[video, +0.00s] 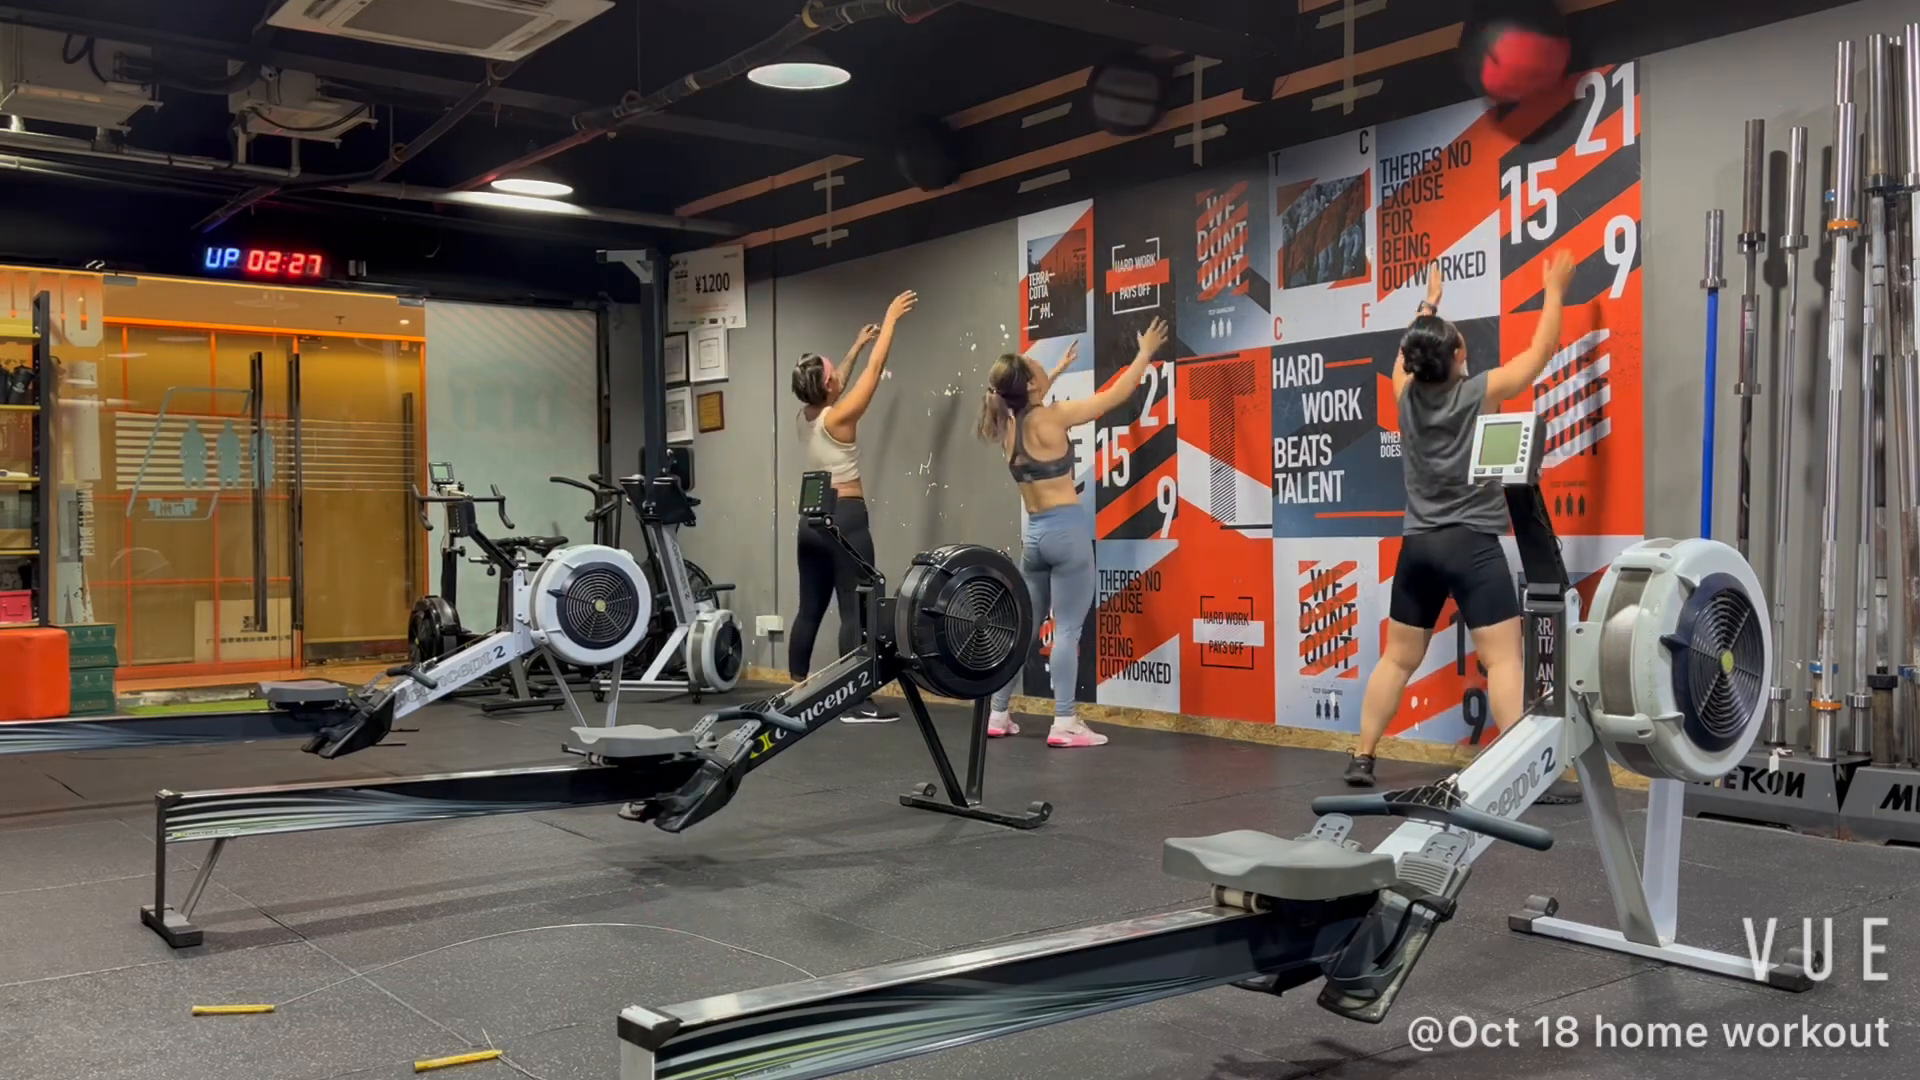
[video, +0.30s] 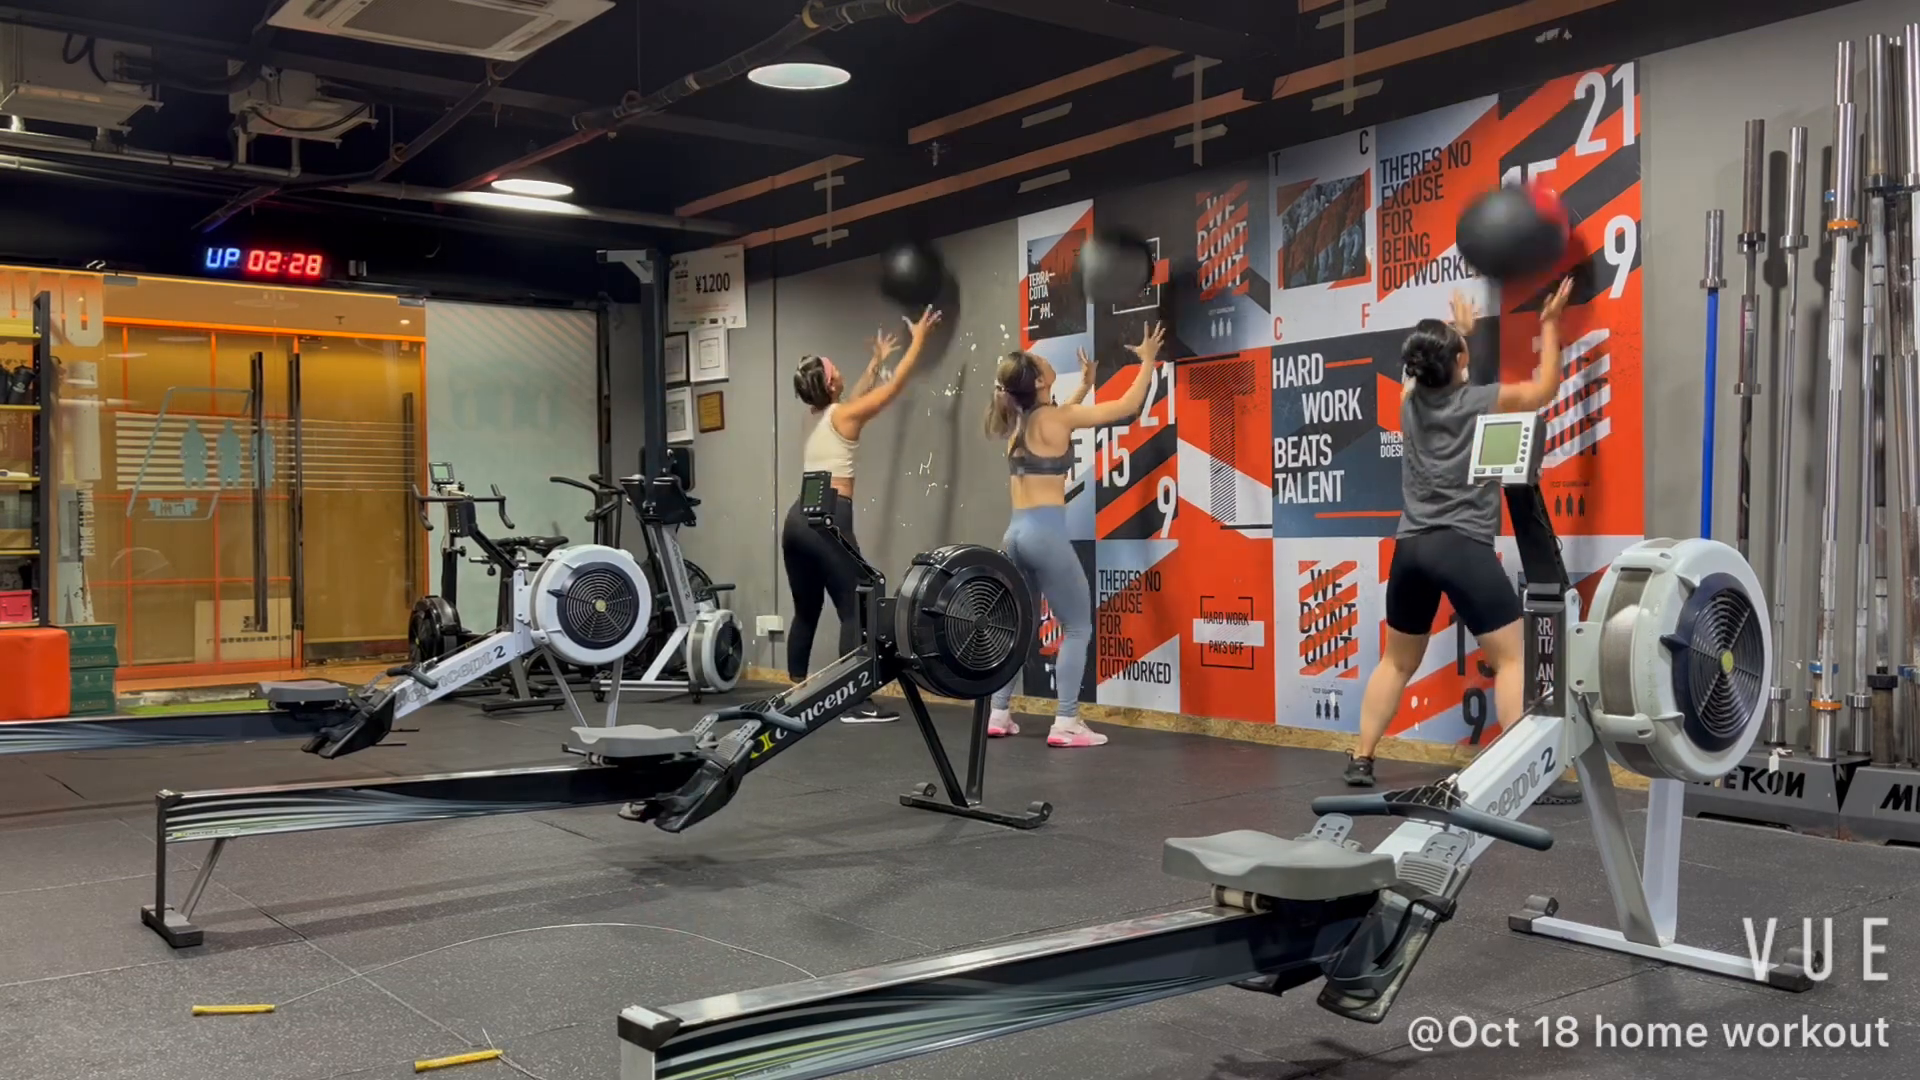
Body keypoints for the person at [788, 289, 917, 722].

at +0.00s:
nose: (837, 370)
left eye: (833, 366)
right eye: (833, 369)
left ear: (811, 389)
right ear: (828, 383)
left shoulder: (807, 416)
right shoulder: (841, 415)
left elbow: (833, 382)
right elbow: (877, 367)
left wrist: (857, 347)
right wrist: (891, 317)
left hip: (813, 515)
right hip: (846, 513)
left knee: (809, 611)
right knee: (854, 612)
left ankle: (797, 694)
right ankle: (854, 700)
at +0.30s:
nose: (837, 368)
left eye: (831, 365)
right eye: (832, 367)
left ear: (810, 390)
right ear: (830, 381)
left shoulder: (819, 418)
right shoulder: (846, 413)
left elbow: (857, 397)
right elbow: (893, 388)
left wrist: (877, 360)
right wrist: (919, 340)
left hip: (799, 520)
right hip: (828, 520)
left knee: (806, 610)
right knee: (853, 610)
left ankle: (797, 695)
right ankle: (853, 701)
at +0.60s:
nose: (864, 449)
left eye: (860, 445)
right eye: (859, 448)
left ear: (834, 462)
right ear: (854, 461)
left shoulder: (822, 489)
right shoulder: (863, 494)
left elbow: (853, 515)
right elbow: (913, 536)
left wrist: (874, 489)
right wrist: (904, 494)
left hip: (785, 586)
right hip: (821, 588)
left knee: (823, 620)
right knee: (885, 620)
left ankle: (800, 695)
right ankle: (856, 701)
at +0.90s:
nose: (879, 496)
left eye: (875, 491)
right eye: (874, 493)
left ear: (846, 502)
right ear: (867, 503)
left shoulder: (832, 528)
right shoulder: (871, 539)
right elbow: (908, 587)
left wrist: (886, 544)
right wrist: (910, 549)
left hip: (777, 620)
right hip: (815, 623)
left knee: (829, 612)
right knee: (887, 631)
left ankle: (804, 691)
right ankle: (856, 701)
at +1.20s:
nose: (875, 432)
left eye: (870, 429)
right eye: (870, 432)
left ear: (847, 451)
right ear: (865, 446)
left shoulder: (836, 478)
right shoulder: (872, 482)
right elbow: (914, 531)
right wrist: (911, 490)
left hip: (784, 562)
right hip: (820, 564)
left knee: (825, 621)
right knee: (878, 616)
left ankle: (800, 694)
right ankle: (858, 700)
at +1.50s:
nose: (846, 351)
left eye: (840, 348)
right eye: (841, 350)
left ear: (822, 371)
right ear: (838, 365)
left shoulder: (825, 400)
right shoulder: (853, 398)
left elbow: (856, 381)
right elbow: (913, 382)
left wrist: (871, 339)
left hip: (814, 497)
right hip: (846, 498)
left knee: (812, 587)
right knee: (859, 588)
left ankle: (802, 674)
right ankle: (867, 680)